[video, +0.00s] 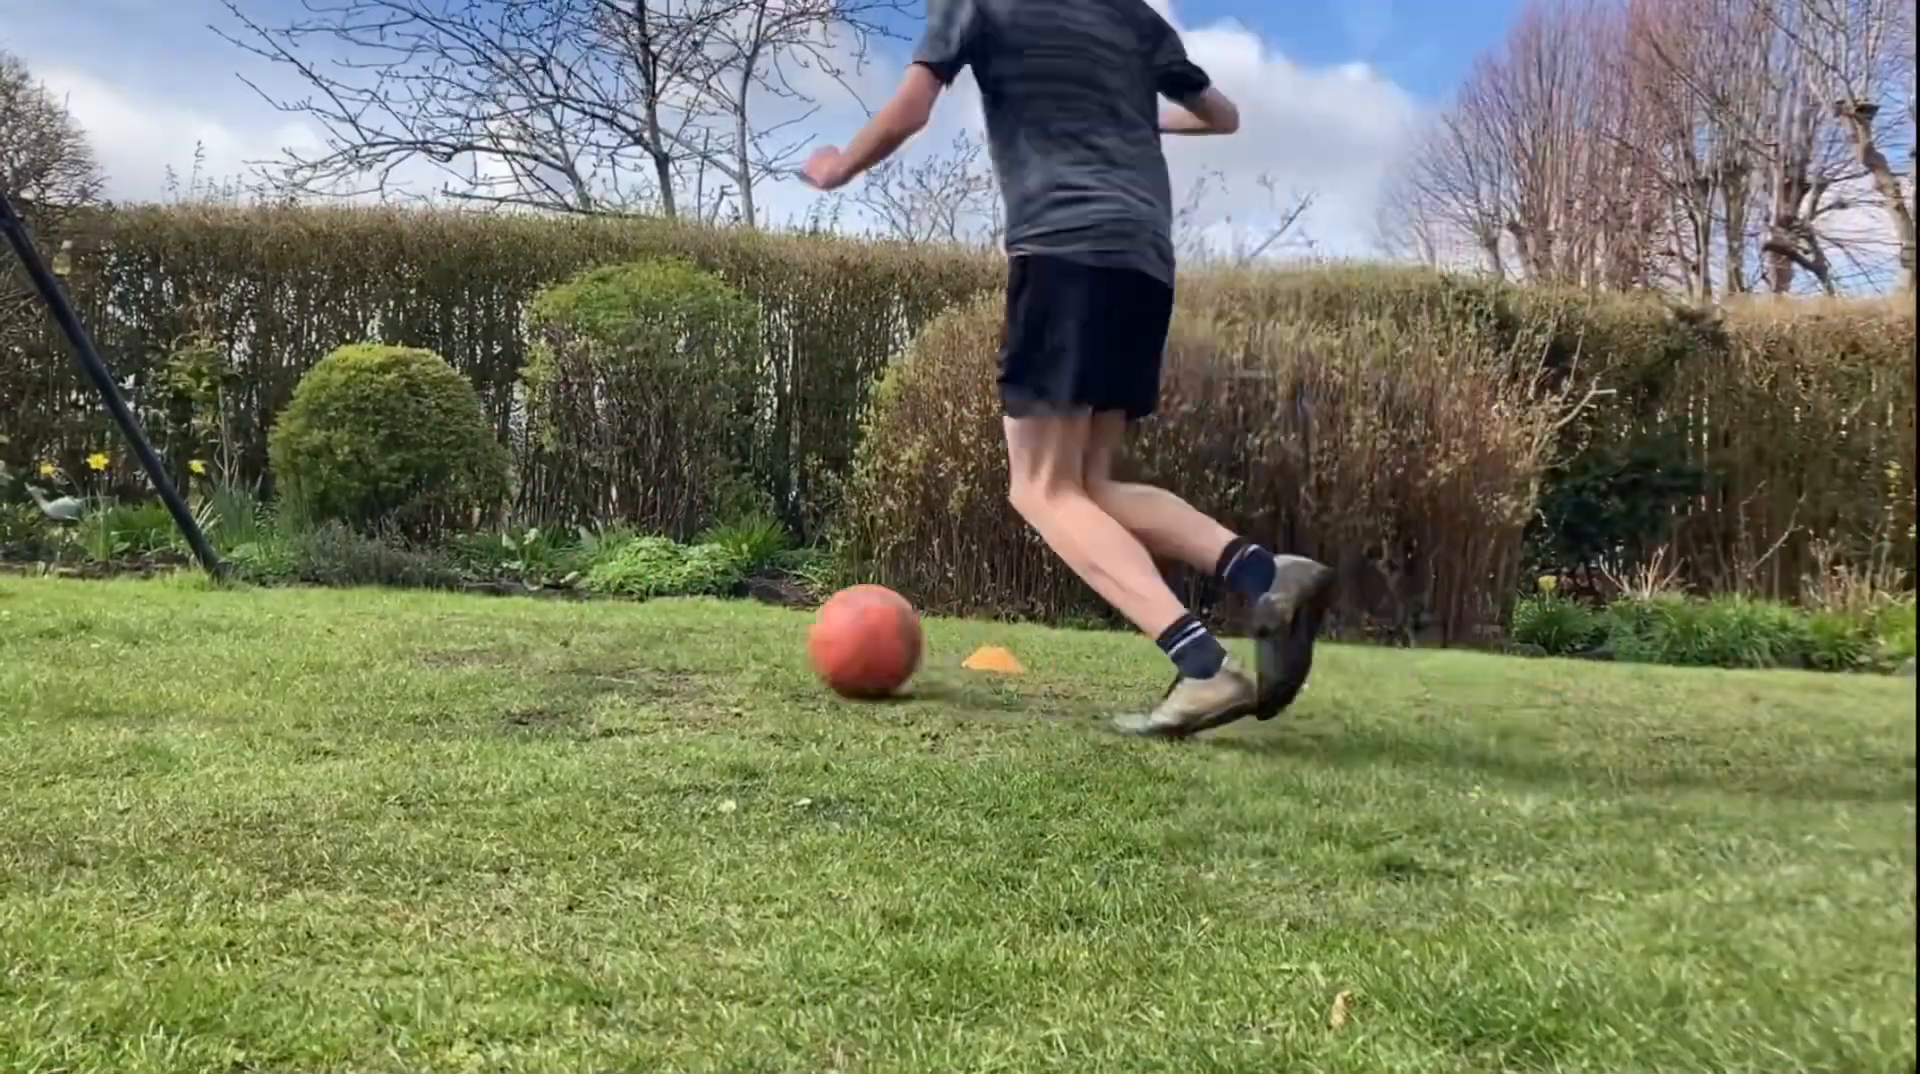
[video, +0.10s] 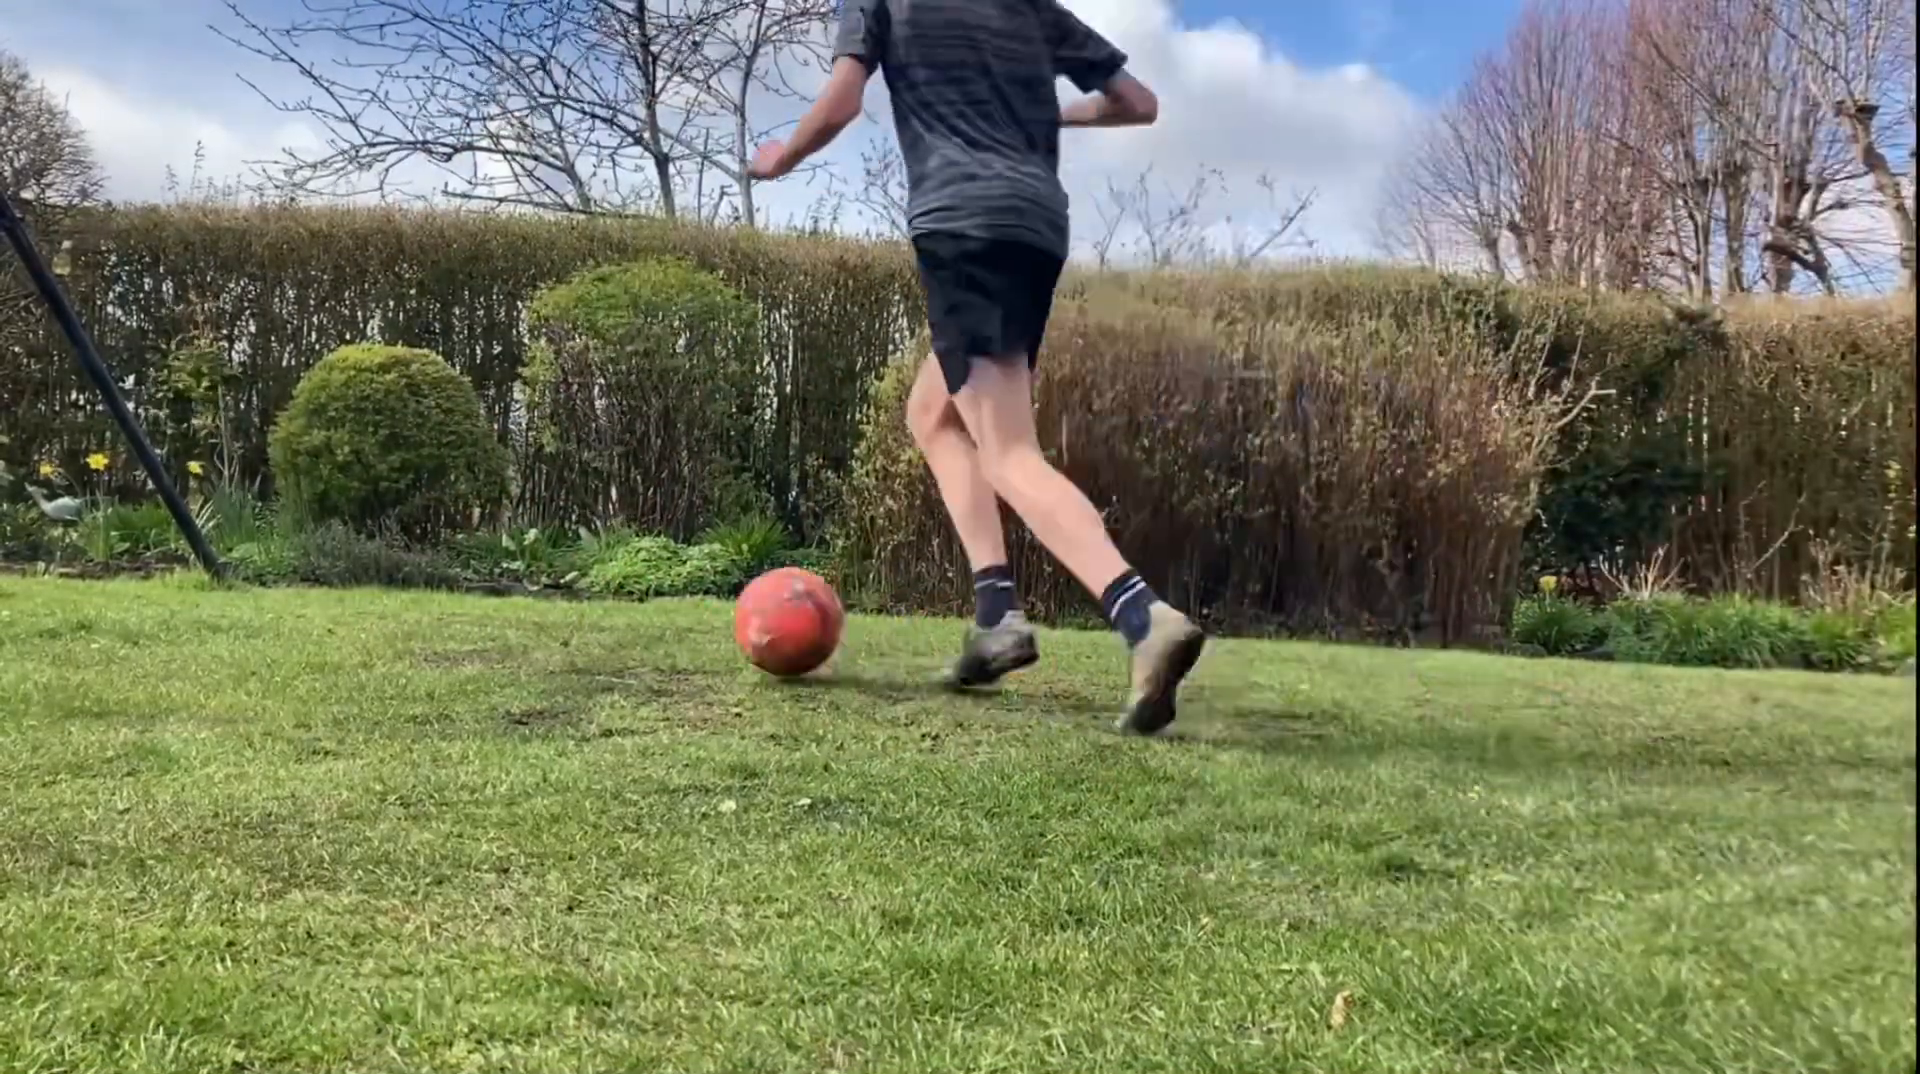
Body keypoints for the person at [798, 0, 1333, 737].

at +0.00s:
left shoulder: (977, 4)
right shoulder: (1132, 13)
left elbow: (910, 110)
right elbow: (1221, 115)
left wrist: (843, 165)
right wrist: (1152, 117)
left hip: (1061, 249)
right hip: (1147, 257)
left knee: (1042, 490)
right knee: (1093, 487)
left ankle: (1203, 666)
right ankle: (1263, 579)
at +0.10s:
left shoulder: (881, 3)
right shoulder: (1031, 7)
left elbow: (839, 107)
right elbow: (1137, 102)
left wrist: (782, 154)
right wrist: (1051, 116)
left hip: (957, 218)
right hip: (1043, 220)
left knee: (1009, 455)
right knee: (930, 415)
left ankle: (1145, 621)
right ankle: (998, 618)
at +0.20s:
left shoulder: (807, 9)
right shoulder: (947, 20)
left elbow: (794, 109)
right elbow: (1031, 130)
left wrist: (733, 175)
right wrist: (970, 177)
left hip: (865, 225)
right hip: (946, 235)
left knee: (879, 443)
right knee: (863, 425)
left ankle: (978, 537)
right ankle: (884, 634)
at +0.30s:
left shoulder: (737, 9)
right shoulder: (863, 31)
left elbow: (724, 115)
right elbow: (940, 134)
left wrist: (676, 181)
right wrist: (903, 234)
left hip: (796, 223)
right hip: (876, 239)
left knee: (727, 407)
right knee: (793, 410)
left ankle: (777, 589)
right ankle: (869, 579)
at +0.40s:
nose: (667, 20)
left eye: (668, 12)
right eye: (670, 15)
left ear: (685, 5)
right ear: (734, 9)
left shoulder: (673, 38)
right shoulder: (793, 58)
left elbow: (648, 146)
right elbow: (878, 142)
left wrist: (626, 209)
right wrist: (868, 266)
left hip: (715, 246)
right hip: (794, 261)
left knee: (654, 424)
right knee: (723, 410)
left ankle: (646, 627)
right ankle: (772, 572)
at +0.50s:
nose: (646, 51)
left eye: (647, 41)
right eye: (650, 42)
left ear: (660, 36)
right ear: (711, 44)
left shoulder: (639, 69)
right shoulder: (754, 100)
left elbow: (597, 178)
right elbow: (831, 178)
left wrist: (583, 269)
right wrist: (821, 294)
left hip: (640, 272)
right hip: (721, 292)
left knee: (566, 421)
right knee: (672, 449)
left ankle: (576, 534)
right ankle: (641, 605)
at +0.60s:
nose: (627, 90)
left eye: (629, 81)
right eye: (633, 84)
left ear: (637, 80)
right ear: (687, 92)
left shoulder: (603, 112)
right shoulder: (713, 150)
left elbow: (562, 204)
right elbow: (765, 244)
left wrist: (552, 288)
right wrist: (752, 346)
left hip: (590, 305)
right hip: (667, 325)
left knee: (511, 414)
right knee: (617, 449)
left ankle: (442, 527)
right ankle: (610, 608)